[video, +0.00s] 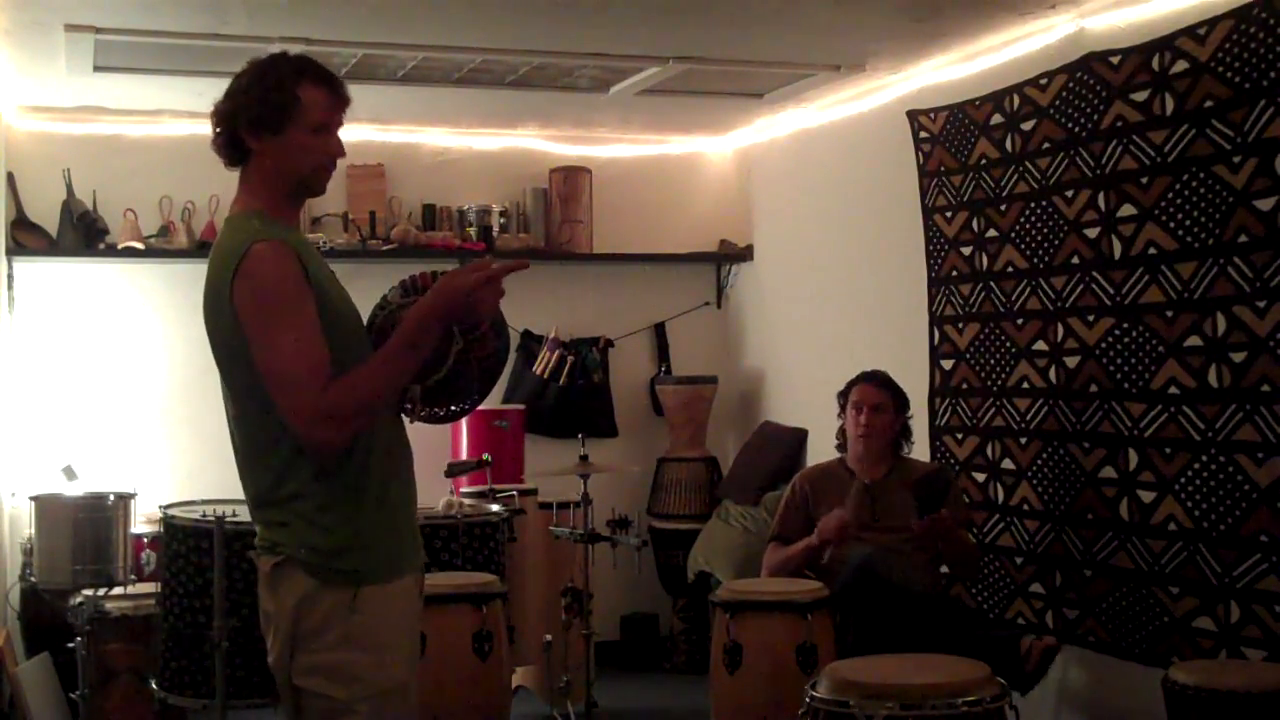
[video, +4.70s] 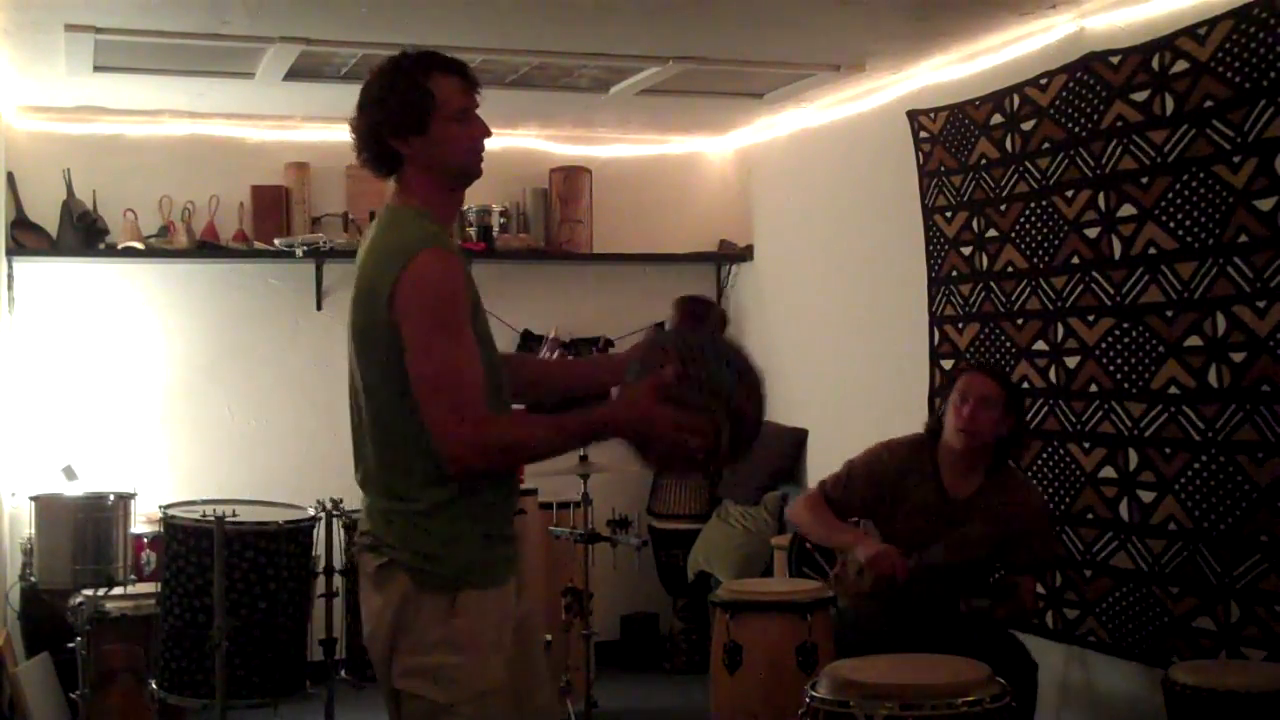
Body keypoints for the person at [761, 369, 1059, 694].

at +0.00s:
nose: (865, 419)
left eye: (877, 410)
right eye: (856, 408)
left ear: (898, 422)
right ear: (843, 417)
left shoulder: (930, 480)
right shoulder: (810, 483)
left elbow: (971, 568)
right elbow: (770, 570)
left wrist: (946, 538)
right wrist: (815, 540)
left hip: (922, 604)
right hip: (839, 610)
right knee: (868, 566)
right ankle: (1008, 650)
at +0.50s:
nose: (912, 410)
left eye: (923, 401)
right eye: (901, 397)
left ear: (933, 413)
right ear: (875, 405)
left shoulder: (955, 475)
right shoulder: (833, 470)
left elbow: (982, 566)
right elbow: (783, 554)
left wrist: (959, 539)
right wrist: (836, 536)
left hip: (933, 612)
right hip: (853, 613)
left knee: (1018, 645)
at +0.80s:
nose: (931, 414)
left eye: (942, 404)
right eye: (918, 401)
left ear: (952, 416)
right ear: (889, 409)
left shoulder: (973, 482)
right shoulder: (848, 477)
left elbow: (1000, 568)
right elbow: (803, 565)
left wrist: (977, 570)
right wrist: (849, 554)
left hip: (943, 615)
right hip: (866, 616)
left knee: (1021, 648)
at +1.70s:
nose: (967, 453)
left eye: (980, 442)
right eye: (956, 438)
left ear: (995, 449)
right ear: (931, 439)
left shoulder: (1012, 502)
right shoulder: (887, 493)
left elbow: (1008, 598)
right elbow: (833, 575)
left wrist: (988, 616)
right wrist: (872, 586)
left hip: (969, 626)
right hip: (894, 621)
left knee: (1020, 649)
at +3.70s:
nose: (953, 445)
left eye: (971, 440)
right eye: (950, 431)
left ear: (991, 457)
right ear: (937, 434)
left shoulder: (1006, 507)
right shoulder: (883, 489)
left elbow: (1004, 592)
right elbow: (831, 576)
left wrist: (988, 611)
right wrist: (876, 579)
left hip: (960, 624)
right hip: (884, 617)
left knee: (1016, 648)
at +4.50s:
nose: (979, 452)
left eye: (997, 445)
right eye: (974, 436)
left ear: (1016, 459)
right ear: (957, 436)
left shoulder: (1028, 509)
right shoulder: (907, 483)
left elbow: (1018, 602)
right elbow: (814, 531)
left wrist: (981, 626)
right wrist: (875, 570)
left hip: (969, 618)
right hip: (896, 607)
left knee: (1019, 649)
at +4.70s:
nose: (968, 413)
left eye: (985, 405)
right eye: (961, 399)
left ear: (1004, 423)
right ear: (944, 407)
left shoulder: (1018, 496)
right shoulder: (894, 460)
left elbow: (1024, 596)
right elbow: (801, 510)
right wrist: (858, 542)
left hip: (961, 619)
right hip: (879, 609)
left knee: (1018, 670)